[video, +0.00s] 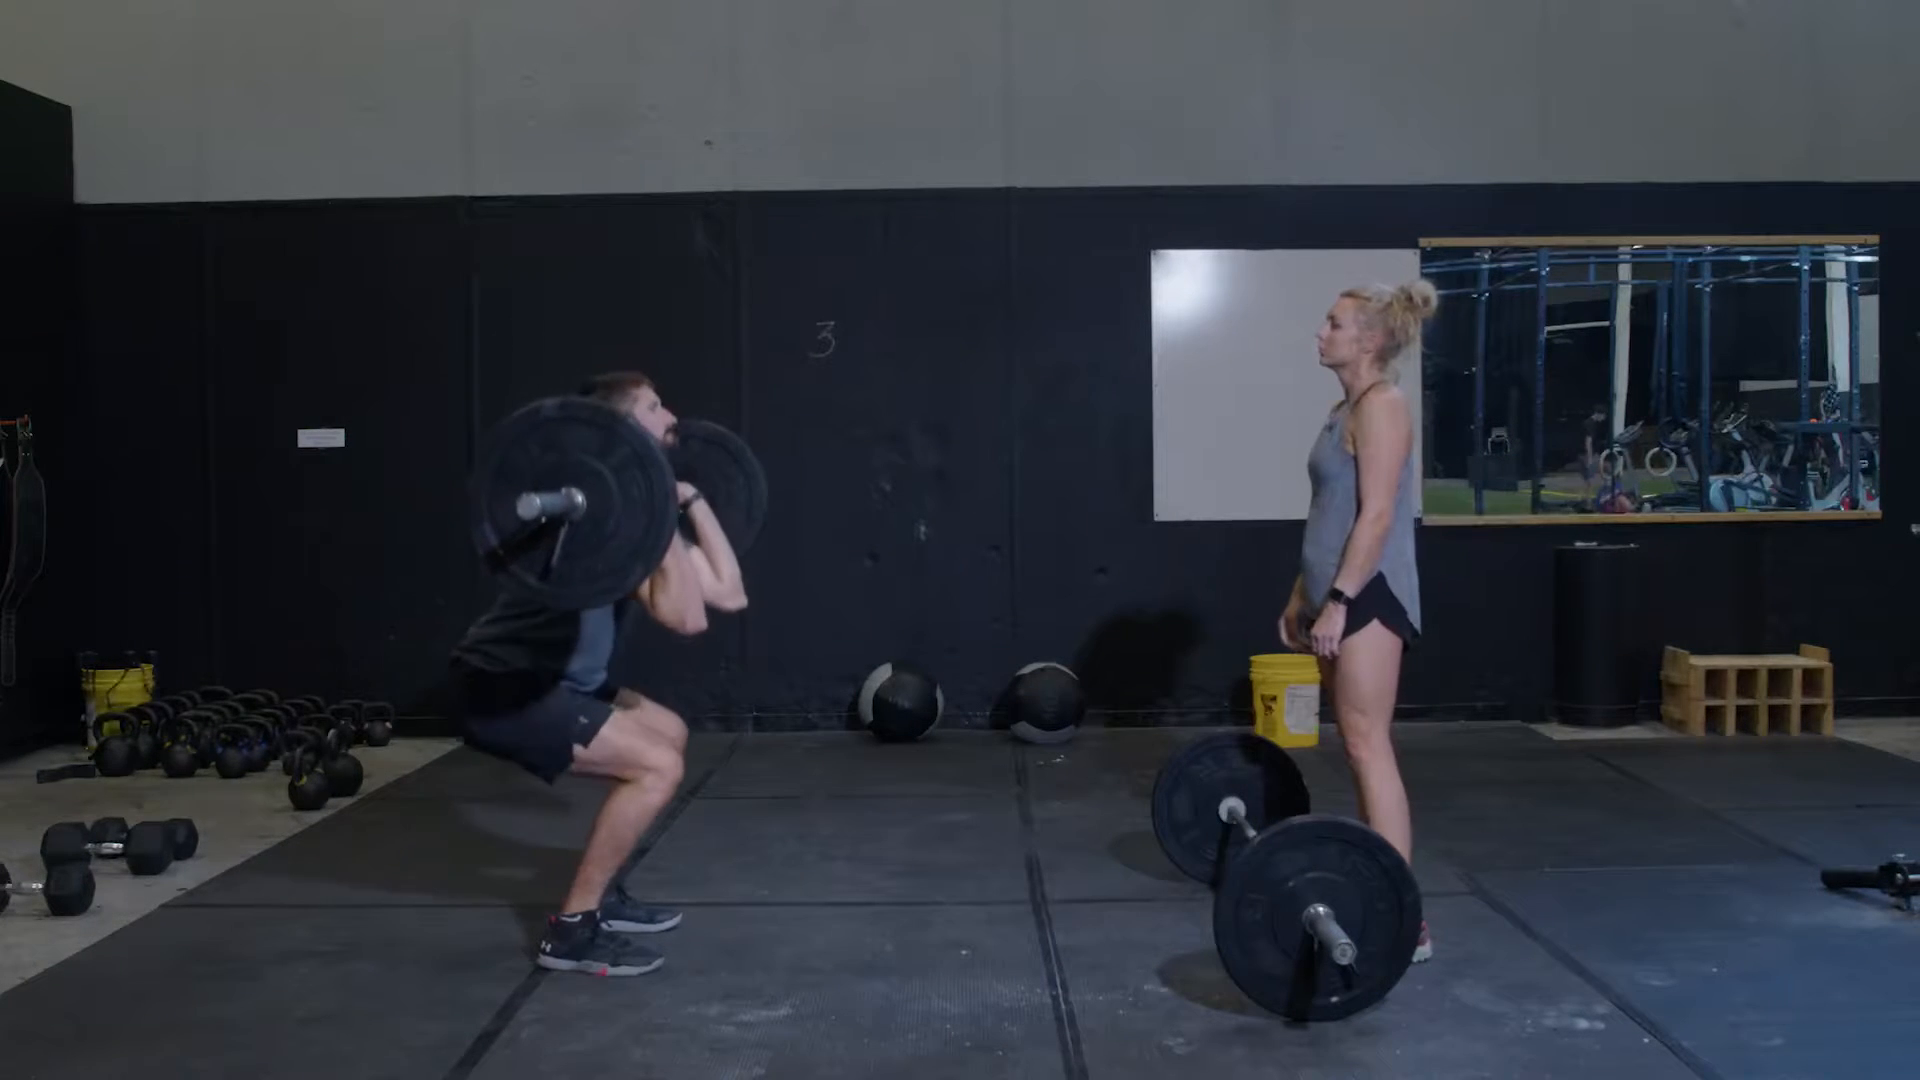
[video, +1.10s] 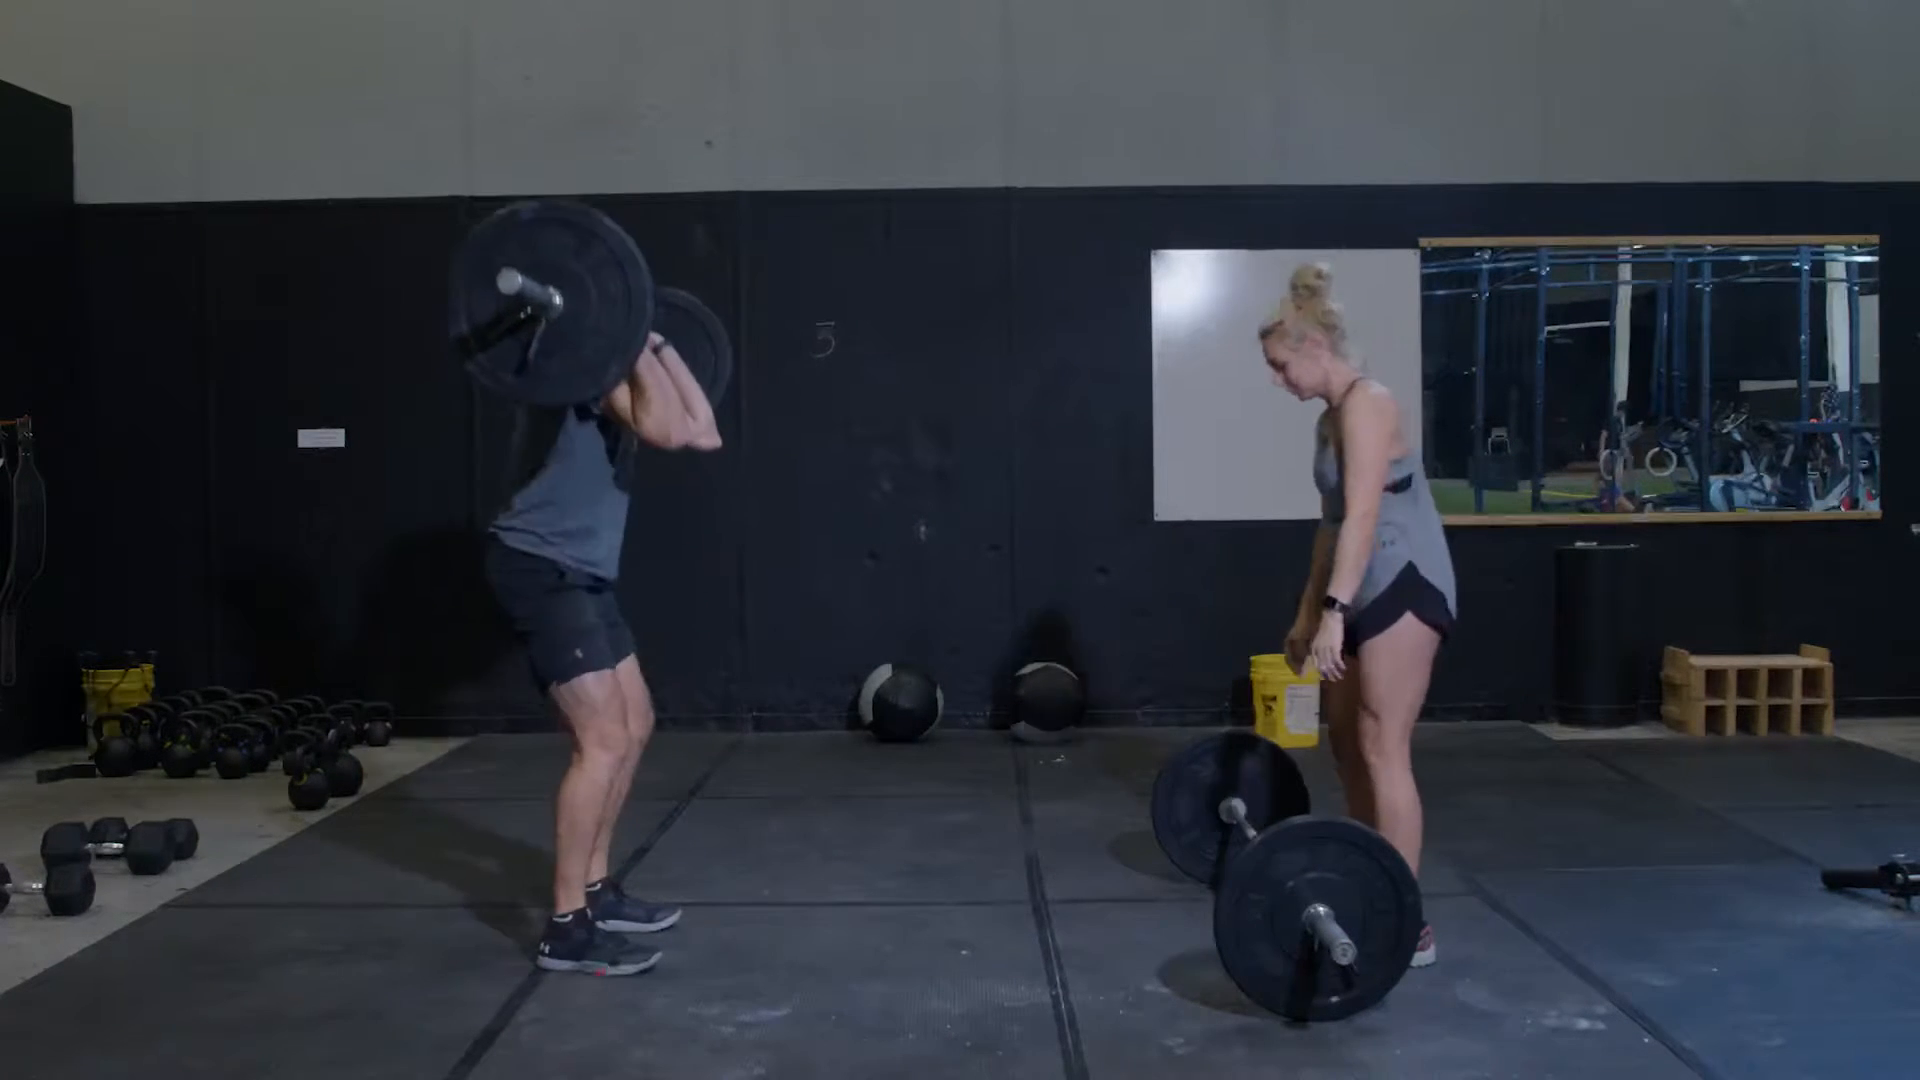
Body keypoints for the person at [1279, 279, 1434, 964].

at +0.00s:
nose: (1322, 332)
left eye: (1335, 325)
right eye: (1325, 323)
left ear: (1371, 340)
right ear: (1353, 341)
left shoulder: (1382, 405)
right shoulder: (1349, 408)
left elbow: (1377, 515)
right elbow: (1333, 515)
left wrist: (1339, 600)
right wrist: (1305, 592)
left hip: (1374, 596)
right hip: (1348, 594)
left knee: (1367, 741)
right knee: (1359, 741)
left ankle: (1398, 909)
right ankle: (1381, 901)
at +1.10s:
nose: (1279, 379)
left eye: (1282, 365)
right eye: (1274, 369)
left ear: (1318, 347)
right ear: (1312, 350)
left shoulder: (1364, 405)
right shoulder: (1337, 417)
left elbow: (1361, 519)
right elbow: (1332, 528)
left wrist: (1334, 612)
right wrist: (1308, 618)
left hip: (1401, 588)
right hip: (1365, 591)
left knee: (1382, 748)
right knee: (1348, 743)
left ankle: (1402, 919)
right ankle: (1370, 903)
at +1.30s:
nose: (1235, 453)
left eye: (1236, 439)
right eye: (1228, 443)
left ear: (1266, 415)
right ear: (1259, 418)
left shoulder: (1327, 457)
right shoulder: (1295, 476)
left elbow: (1336, 573)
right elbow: (1303, 578)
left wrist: (1328, 673)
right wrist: (1299, 673)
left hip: (1448, 595)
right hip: (1395, 606)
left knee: (1396, 743)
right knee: (1360, 739)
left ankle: (1407, 921)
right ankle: (1369, 901)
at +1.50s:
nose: (1212, 547)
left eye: (1214, 532)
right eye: (1207, 535)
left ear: (1244, 509)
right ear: (1243, 512)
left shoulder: (1303, 548)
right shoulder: (1280, 561)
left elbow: (1306, 667)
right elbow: (1280, 669)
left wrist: (1291, 771)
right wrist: (1269, 758)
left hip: (1473, 612)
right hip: (1420, 623)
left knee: (1388, 749)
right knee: (1351, 739)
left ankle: (1407, 924)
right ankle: (1368, 901)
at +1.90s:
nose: (1202, 574)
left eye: (1209, 561)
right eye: (1202, 562)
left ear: (1252, 556)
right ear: (1252, 559)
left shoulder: (1306, 598)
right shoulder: (1279, 603)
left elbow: (1305, 718)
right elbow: (1275, 713)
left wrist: (1298, 825)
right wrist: (1269, 806)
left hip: (1480, 629)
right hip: (1426, 636)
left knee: (1376, 752)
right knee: (1339, 740)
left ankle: (1407, 923)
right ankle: (1374, 893)